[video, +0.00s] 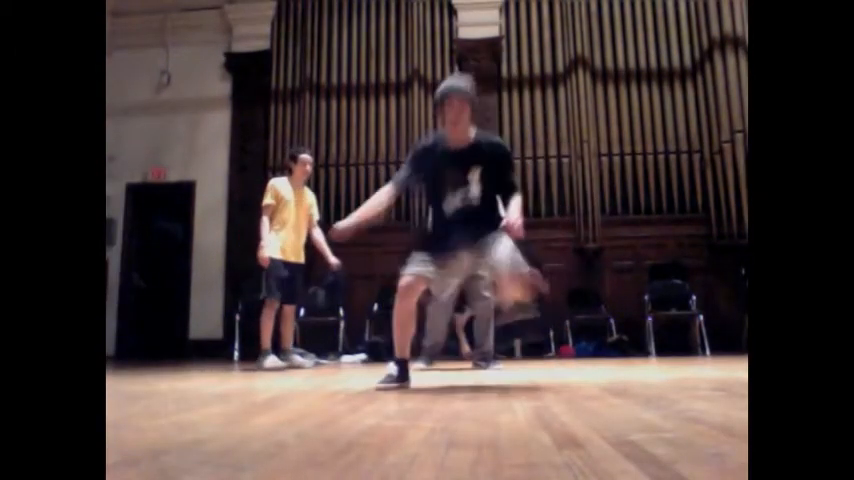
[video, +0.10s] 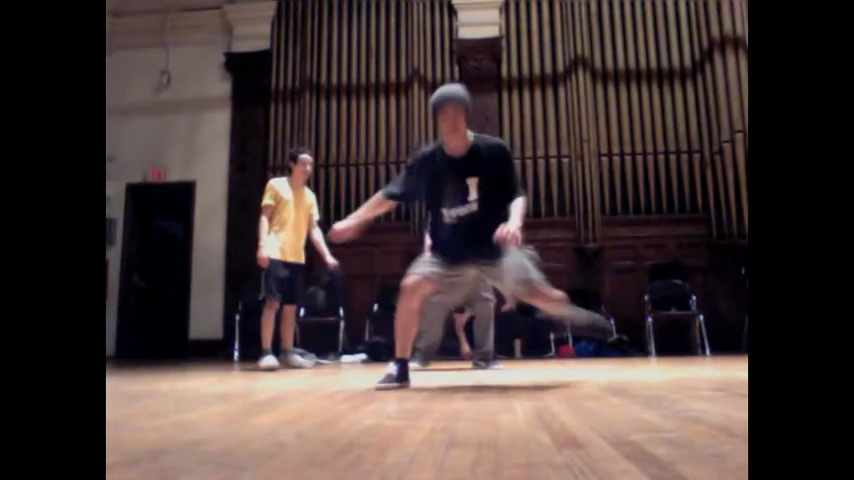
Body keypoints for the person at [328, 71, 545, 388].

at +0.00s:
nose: (452, 113)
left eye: (459, 106)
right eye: (447, 106)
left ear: (470, 109)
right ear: (440, 111)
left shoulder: (494, 150)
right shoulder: (427, 152)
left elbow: (511, 192)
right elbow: (391, 190)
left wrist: (514, 214)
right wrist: (352, 220)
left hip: (488, 239)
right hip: (443, 243)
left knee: (514, 289)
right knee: (407, 287)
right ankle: (400, 367)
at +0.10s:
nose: (452, 124)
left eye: (456, 116)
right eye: (445, 117)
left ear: (467, 117)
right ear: (436, 121)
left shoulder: (495, 152)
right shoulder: (426, 162)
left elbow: (517, 196)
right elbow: (389, 196)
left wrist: (513, 224)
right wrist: (354, 221)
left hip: (494, 249)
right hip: (448, 254)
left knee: (534, 292)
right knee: (411, 287)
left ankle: (585, 321)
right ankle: (399, 368)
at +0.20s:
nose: (453, 146)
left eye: (457, 137)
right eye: (448, 140)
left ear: (472, 134)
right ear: (445, 142)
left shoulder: (502, 161)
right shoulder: (448, 176)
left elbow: (532, 209)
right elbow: (441, 218)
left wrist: (525, 256)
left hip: (524, 253)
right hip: (479, 263)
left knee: (585, 297)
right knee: (442, 301)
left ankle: (636, 354)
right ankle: (404, 362)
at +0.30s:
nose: (472, 169)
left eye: (475, 161)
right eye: (467, 164)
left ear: (489, 156)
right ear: (461, 165)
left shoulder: (522, 185)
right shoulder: (471, 199)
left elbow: (541, 237)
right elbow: (469, 233)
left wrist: (545, 289)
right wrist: (461, 243)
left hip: (553, 261)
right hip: (503, 273)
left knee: (610, 305)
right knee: (466, 317)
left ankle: (642, 358)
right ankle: (413, 361)